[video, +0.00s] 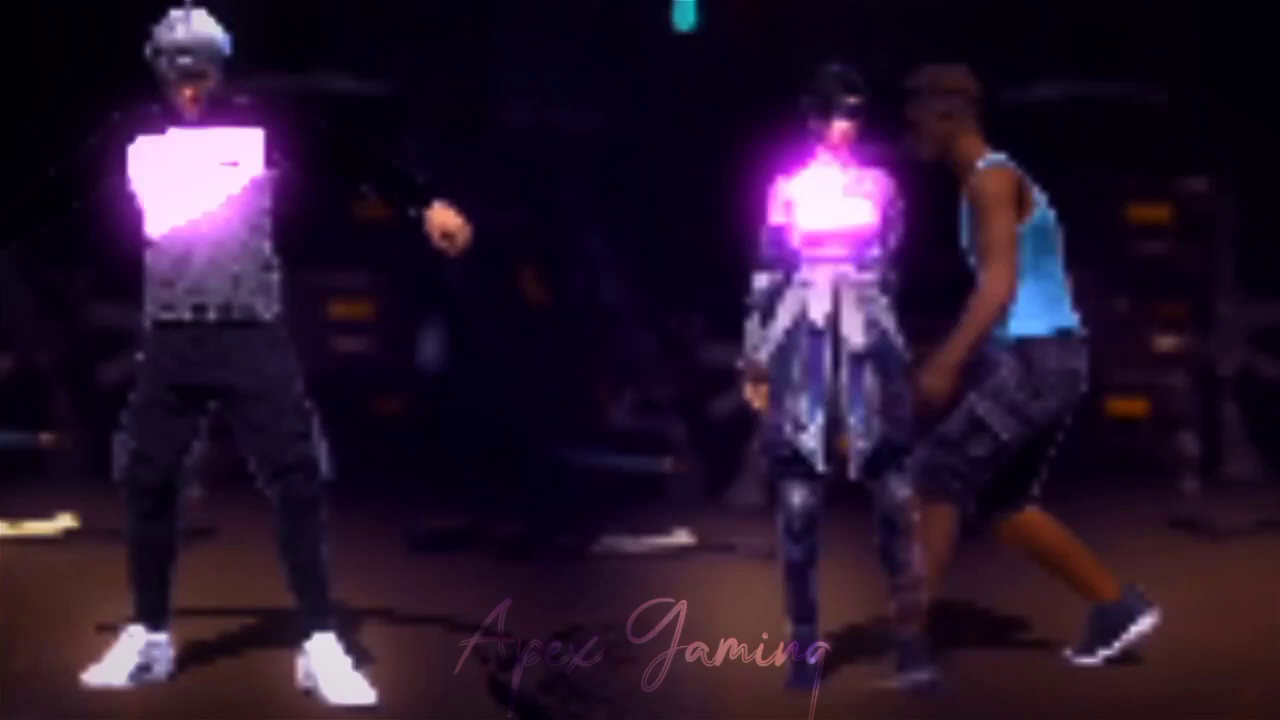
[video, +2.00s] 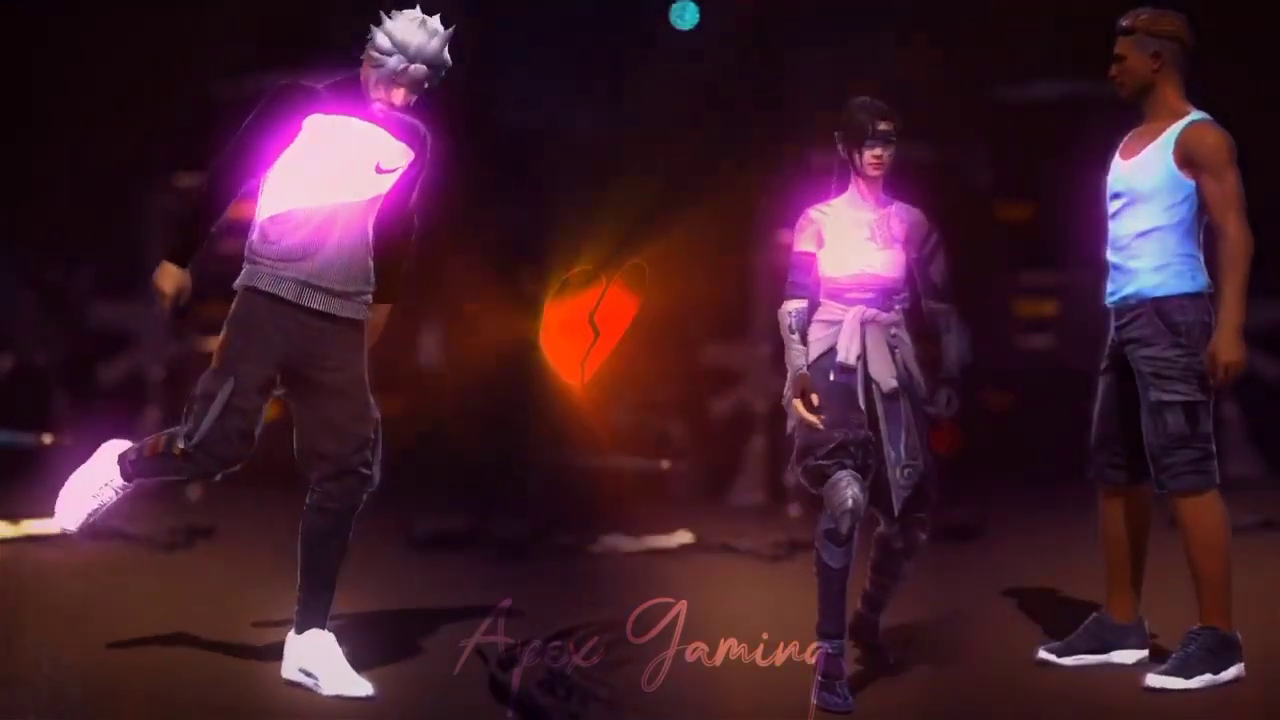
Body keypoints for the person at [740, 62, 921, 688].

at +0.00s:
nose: (845, 128)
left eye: (854, 116)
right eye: (836, 116)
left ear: (864, 121)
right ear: (815, 119)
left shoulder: (881, 186)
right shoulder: (786, 187)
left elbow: (887, 274)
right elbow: (767, 275)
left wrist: (902, 363)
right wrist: (755, 362)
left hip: (869, 338)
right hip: (802, 337)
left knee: (893, 488)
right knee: (799, 495)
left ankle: (909, 634)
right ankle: (804, 637)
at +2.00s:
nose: (880, 152)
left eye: (888, 142)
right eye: (869, 142)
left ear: (896, 148)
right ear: (848, 148)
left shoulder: (911, 220)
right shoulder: (817, 219)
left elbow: (939, 304)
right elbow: (795, 300)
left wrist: (949, 375)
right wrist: (795, 364)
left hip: (893, 354)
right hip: (831, 352)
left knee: (907, 509)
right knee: (844, 496)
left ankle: (868, 621)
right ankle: (831, 650)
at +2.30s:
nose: (893, 199)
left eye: (897, 190)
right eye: (882, 189)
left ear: (900, 197)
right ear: (853, 194)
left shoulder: (910, 270)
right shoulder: (825, 265)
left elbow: (917, 351)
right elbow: (814, 350)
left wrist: (908, 407)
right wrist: (869, 410)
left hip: (889, 408)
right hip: (831, 397)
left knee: (866, 559)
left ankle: (780, 610)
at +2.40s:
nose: (894, 205)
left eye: (898, 195)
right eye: (883, 195)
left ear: (901, 202)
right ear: (853, 200)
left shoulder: (907, 275)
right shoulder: (826, 267)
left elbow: (911, 356)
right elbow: (814, 352)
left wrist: (906, 408)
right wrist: (870, 415)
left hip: (885, 406)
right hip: (828, 393)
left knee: (867, 558)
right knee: (837, 424)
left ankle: (771, 608)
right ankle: (877, 470)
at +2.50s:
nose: (890, 218)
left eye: (890, 210)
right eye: (879, 210)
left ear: (876, 218)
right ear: (848, 216)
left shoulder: (888, 288)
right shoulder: (827, 282)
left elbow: (893, 366)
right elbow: (824, 367)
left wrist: (931, 406)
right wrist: (894, 409)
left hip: (873, 416)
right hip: (825, 412)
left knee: (851, 576)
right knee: (872, 451)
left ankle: (732, 607)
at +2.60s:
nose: (883, 230)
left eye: (882, 222)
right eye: (873, 222)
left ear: (855, 231)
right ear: (842, 230)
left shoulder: (869, 298)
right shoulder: (823, 298)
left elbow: (876, 376)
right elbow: (830, 379)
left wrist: (925, 409)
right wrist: (894, 409)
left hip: (854, 429)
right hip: (817, 430)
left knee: (838, 586)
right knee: (933, 488)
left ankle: (707, 606)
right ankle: (917, 651)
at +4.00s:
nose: (830, 287)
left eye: (825, 279)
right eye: (822, 280)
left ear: (799, 292)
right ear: (804, 288)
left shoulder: (790, 350)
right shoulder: (810, 349)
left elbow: (843, 427)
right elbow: (852, 432)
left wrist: (893, 398)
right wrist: (909, 402)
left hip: (789, 483)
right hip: (814, 485)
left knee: (792, 627)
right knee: (942, 497)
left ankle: (677, 625)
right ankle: (923, 640)